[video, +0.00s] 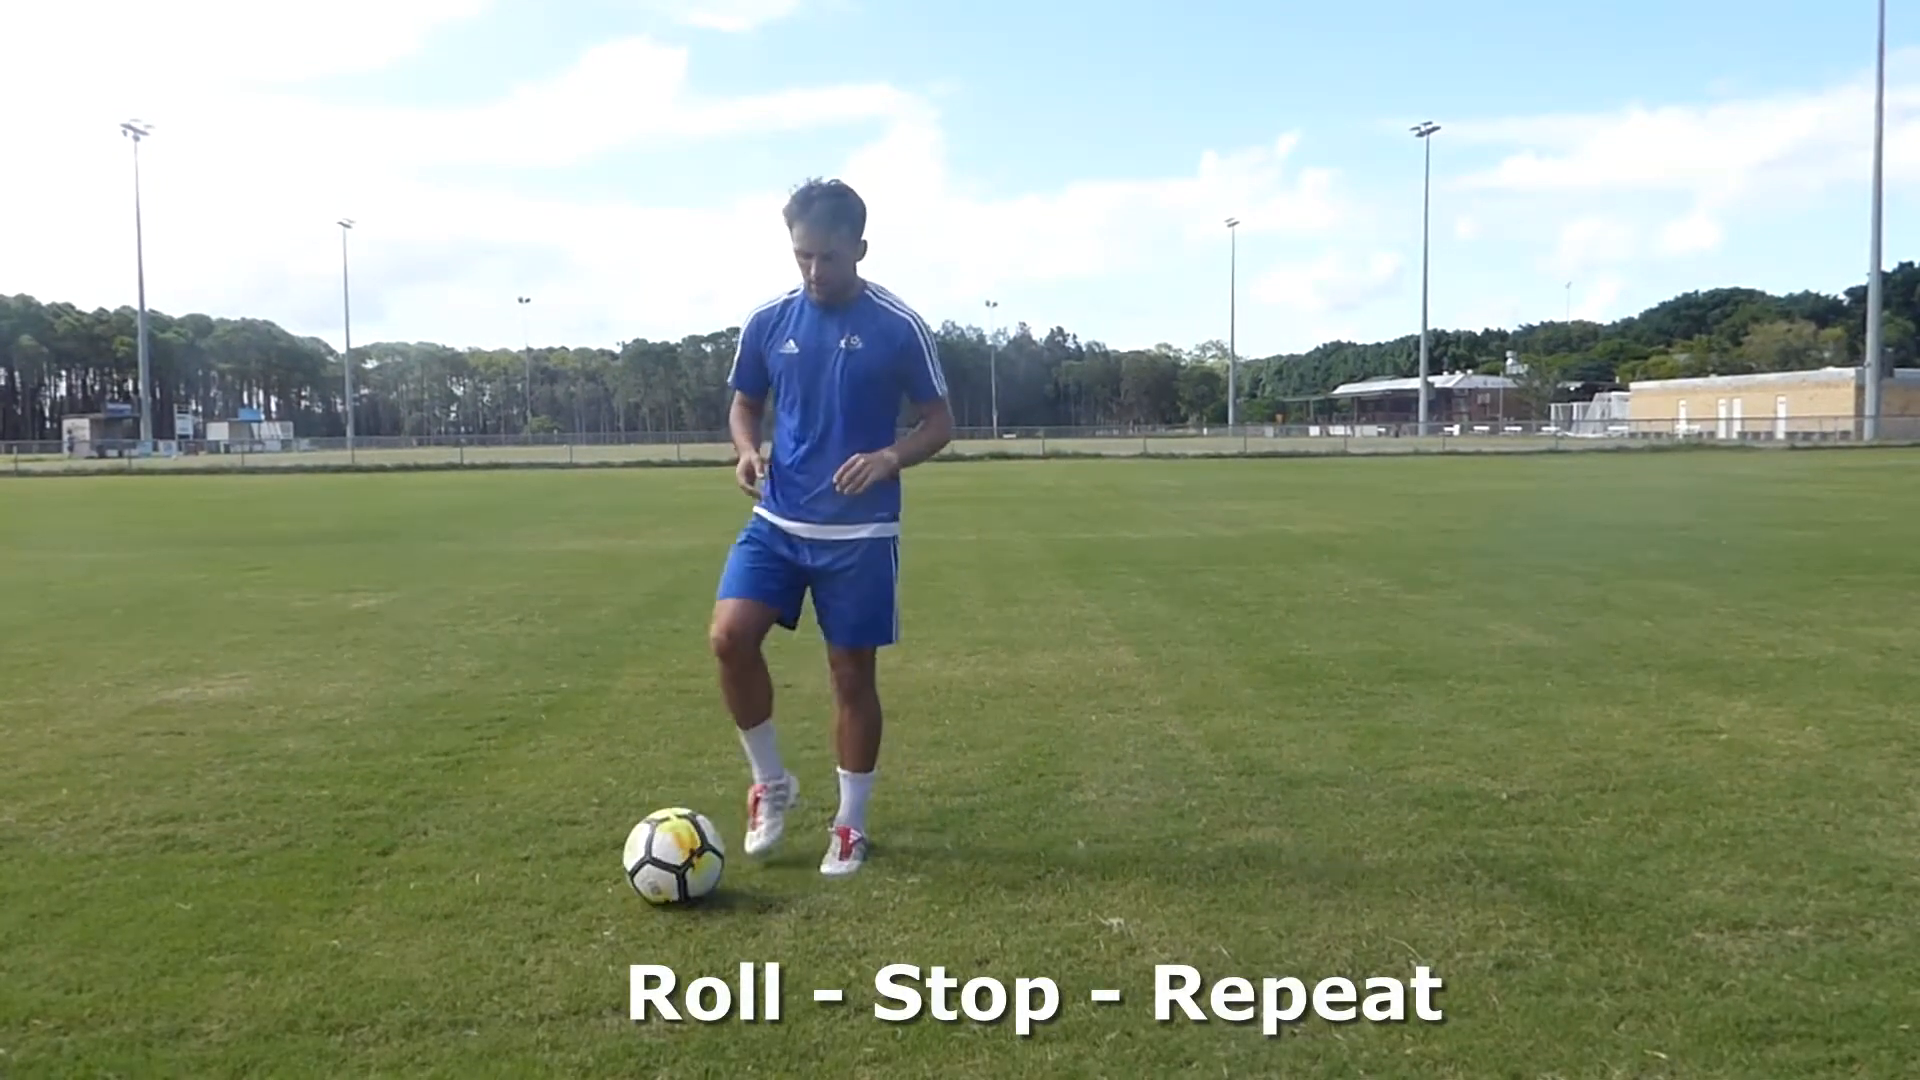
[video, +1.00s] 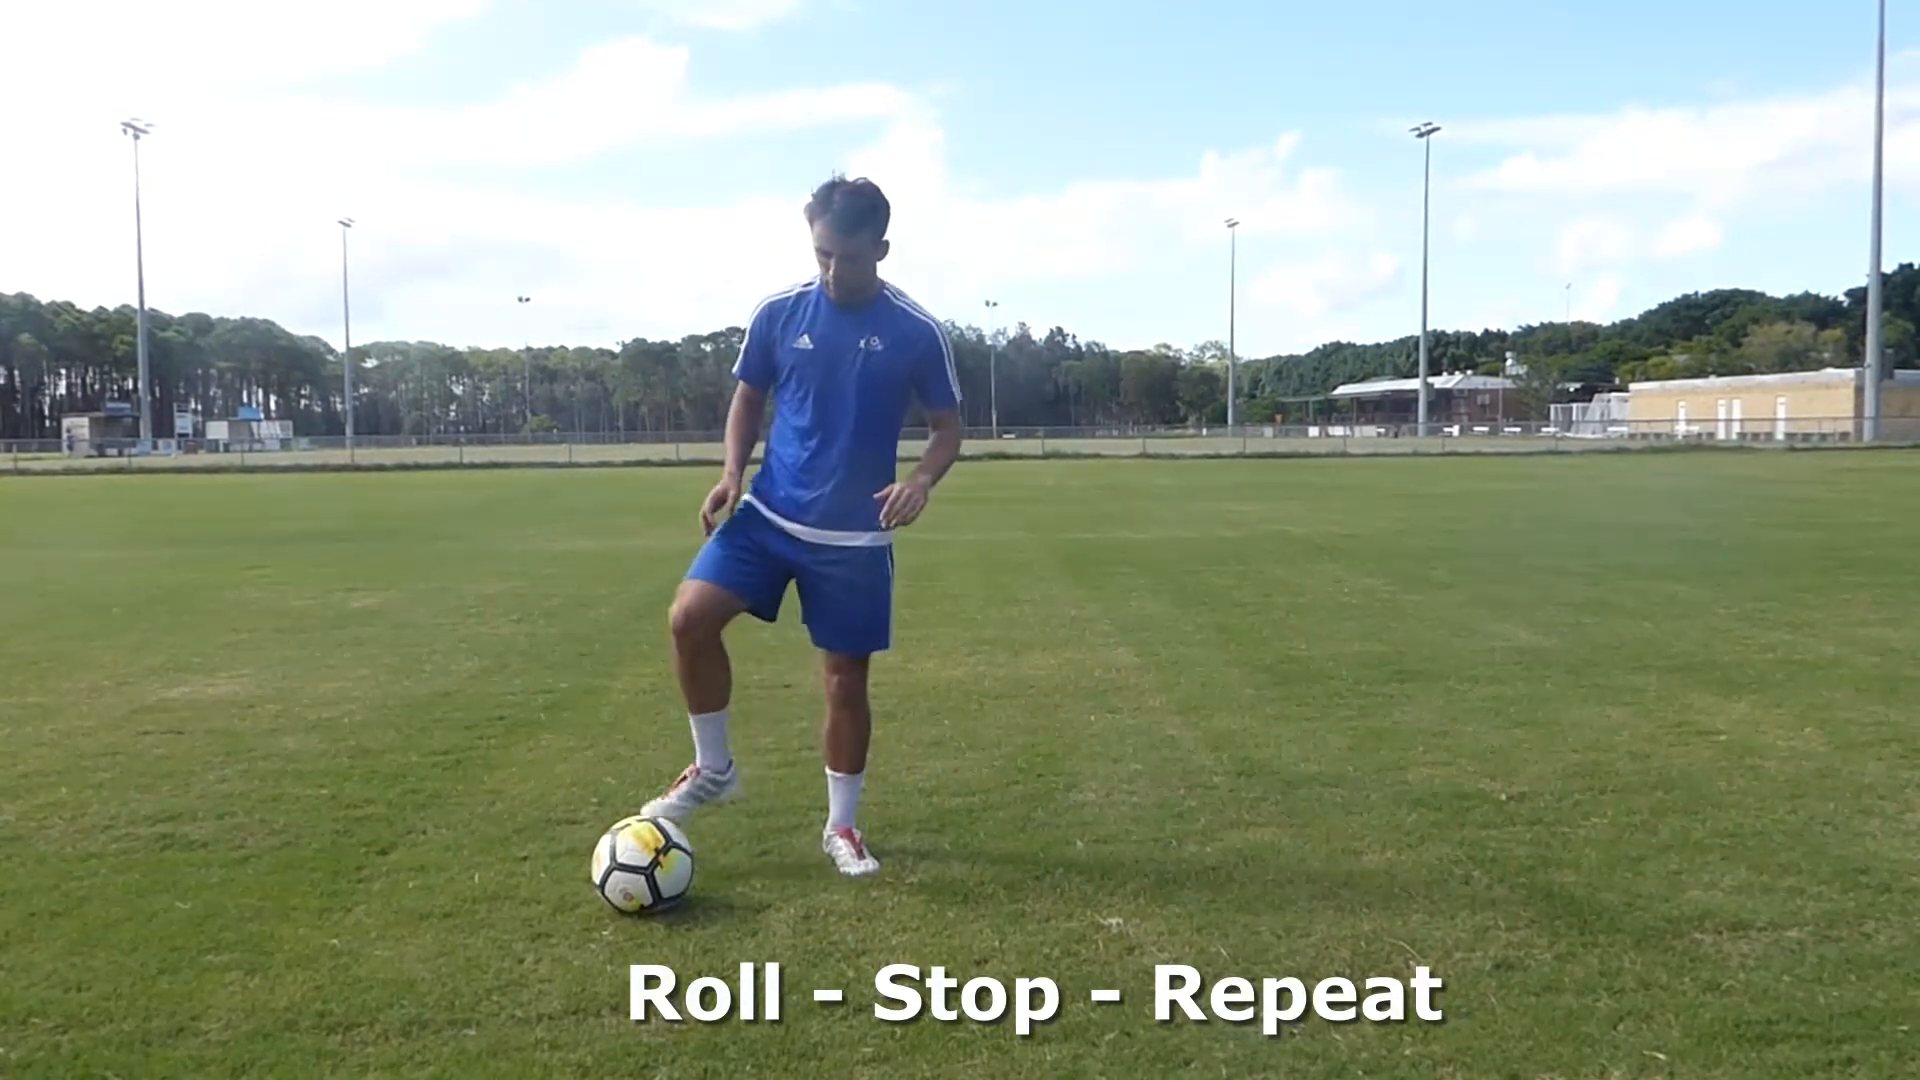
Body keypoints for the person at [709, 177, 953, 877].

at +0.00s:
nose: (816, 272)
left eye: (829, 257)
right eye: (804, 256)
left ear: (859, 247)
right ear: (790, 248)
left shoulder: (899, 326)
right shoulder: (768, 323)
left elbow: (939, 422)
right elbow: (744, 405)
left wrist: (889, 457)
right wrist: (749, 447)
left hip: (857, 534)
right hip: (776, 524)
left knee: (851, 678)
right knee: (729, 637)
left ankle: (849, 825)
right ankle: (770, 783)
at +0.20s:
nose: (811, 265)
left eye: (825, 249)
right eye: (800, 250)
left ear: (856, 240)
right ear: (786, 242)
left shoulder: (897, 324)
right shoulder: (765, 321)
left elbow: (936, 422)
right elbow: (746, 402)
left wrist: (885, 451)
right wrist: (745, 449)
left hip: (850, 534)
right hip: (767, 521)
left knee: (847, 678)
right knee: (726, 641)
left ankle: (849, 825)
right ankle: (706, 811)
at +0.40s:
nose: (801, 265)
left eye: (814, 250)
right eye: (790, 250)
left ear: (844, 243)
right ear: (775, 241)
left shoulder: (884, 328)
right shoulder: (744, 321)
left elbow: (921, 415)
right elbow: (708, 405)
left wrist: (891, 447)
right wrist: (713, 445)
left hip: (840, 537)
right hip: (755, 533)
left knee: (839, 679)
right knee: (738, 677)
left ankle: (848, 828)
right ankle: (751, 820)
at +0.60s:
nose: (795, 270)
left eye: (809, 256)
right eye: (783, 254)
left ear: (838, 245)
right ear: (767, 242)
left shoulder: (876, 329)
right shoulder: (735, 320)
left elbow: (904, 413)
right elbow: (687, 403)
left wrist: (892, 462)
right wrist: (691, 438)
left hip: (837, 537)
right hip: (751, 537)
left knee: (840, 676)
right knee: (749, 679)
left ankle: (840, 819)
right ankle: (754, 823)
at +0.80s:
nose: (813, 276)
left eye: (828, 262)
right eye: (803, 259)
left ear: (860, 251)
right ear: (790, 246)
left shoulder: (900, 336)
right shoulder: (760, 317)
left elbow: (927, 427)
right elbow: (721, 400)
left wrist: (905, 482)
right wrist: (713, 457)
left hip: (842, 542)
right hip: (758, 533)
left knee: (841, 679)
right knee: (730, 672)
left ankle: (843, 828)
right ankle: (750, 817)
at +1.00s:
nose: (833, 272)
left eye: (847, 258)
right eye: (822, 255)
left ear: (880, 248)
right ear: (809, 242)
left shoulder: (917, 334)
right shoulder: (779, 314)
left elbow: (948, 430)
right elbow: (748, 398)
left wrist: (923, 479)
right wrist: (733, 472)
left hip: (852, 538)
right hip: (767, 516)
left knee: (845, 685)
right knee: (690, 619)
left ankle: (841, 830)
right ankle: (714, 770)